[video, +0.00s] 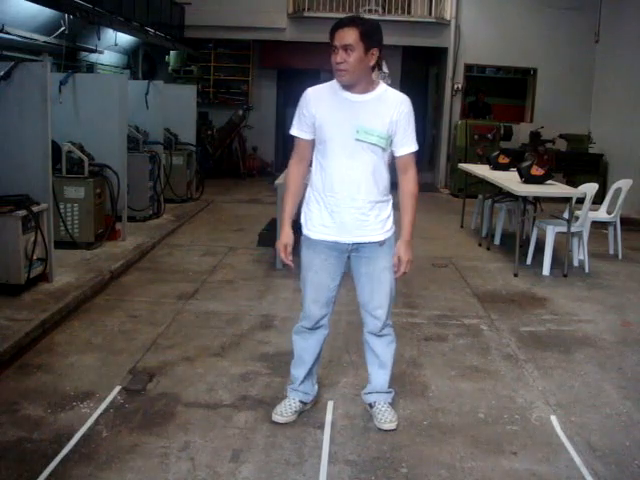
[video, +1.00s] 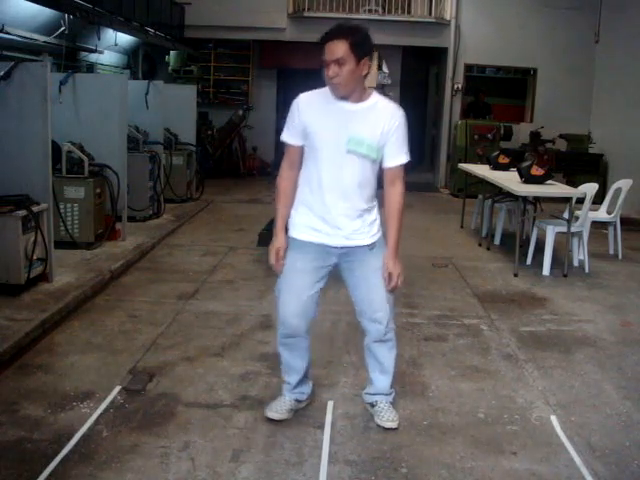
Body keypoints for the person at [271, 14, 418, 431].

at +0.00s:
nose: (337, 56)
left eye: (347, 49)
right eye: (334, 49)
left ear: (373, 55)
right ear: (331, 52)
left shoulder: (396, 105)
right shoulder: (315, 98)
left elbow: (407, 175)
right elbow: (298, 164)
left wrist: (405, 239)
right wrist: (286, 224)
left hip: (375, 235)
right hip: (320, 232)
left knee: (378, 322)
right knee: (312, 318)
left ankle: (380, 396)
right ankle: (300, 391)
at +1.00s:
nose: (330, 72)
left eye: (339, 63)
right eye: (326, 64)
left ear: (364, 64)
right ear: (323, 64)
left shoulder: (389, 115)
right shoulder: (305, 105)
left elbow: (394, 185)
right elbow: (288, 169)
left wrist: (392, 250)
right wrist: (280, 230)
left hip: (363, 241)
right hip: (306, 237)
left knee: (378, 321)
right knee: (290, 319)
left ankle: (380, 394)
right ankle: (296, 389)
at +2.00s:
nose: (244, 88)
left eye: (251, 78)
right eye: (235, 79)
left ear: (258, 71)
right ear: (211, 72)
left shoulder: (275, 111)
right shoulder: (181, 102)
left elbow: (287, 164)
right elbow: (155, 152)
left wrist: (276, 225)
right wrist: (134, 213)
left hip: (241, 239)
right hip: (186, 229)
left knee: (217, 324)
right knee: (155, 307)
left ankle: (193, 394)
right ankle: (151, 383)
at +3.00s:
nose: (463, 86)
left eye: (472, 76)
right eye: (457, 76)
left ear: (501, 70)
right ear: (449, 70)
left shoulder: (531, 113)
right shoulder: (434, 105)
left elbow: (552, 168)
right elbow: (409, 149)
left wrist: (556, 235)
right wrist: (411, 211)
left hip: (510, 252)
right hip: (449, 251)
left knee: (540, 339)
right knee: (457, 341)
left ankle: (568, 418)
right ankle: (469, 417)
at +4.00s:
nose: (161, 122)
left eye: (171, 111)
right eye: (153, 111)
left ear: (192, 106)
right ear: (143, 105)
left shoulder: (216, 156)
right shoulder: (121, 136)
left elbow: (222, 223)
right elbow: (102, 190)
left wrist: (212, 290)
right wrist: (80, 251)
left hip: (179, 272)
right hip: (119, 264)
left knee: (191, 353)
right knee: (80, 337)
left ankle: (188, 417)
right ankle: (50, 402)